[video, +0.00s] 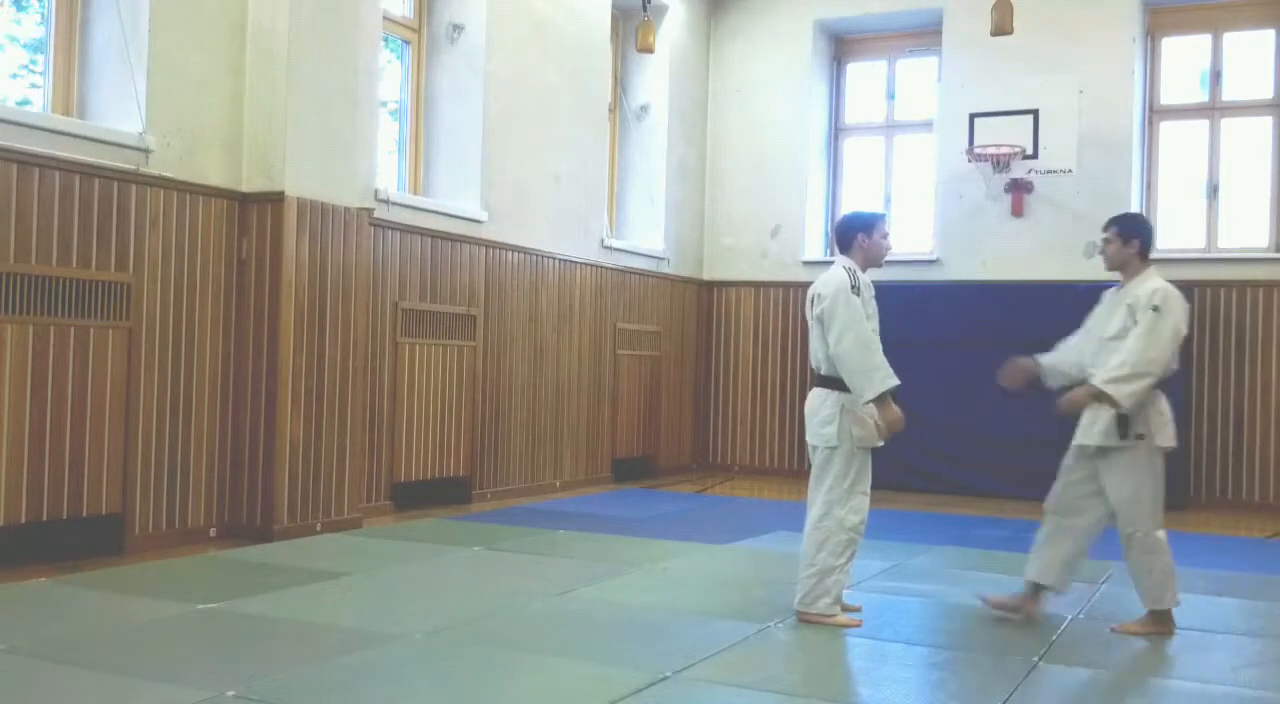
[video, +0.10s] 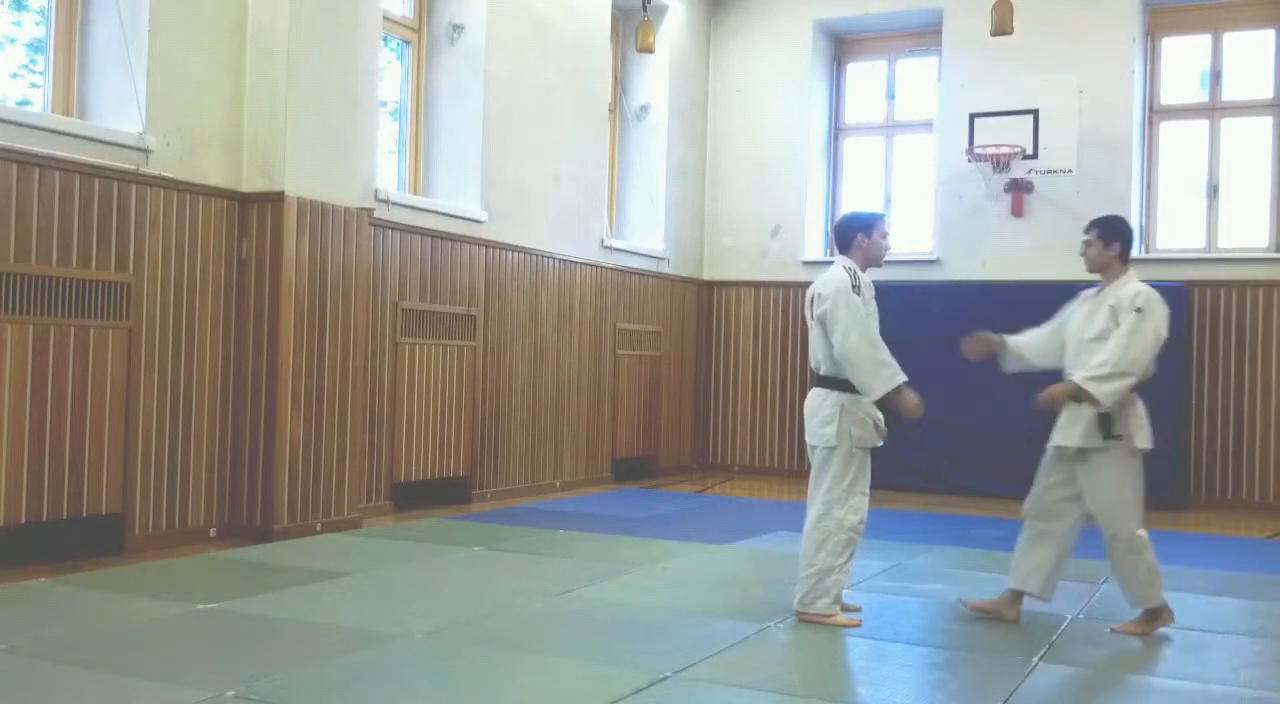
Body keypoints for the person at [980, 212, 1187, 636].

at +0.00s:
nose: (1102, 249)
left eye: (1109, 242)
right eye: (1103, 242)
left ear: (1135, 246)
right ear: (1124, 247)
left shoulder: (1163, 297)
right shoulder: (1113, 297)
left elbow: (1146, 359)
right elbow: (1083, 348)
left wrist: (1093, 391)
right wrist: (1037, 367)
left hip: (1134, 424)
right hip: (1095, 419)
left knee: (1139, 523)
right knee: (1065, 507)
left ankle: (1160, 614)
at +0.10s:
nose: (1083, 250)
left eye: (1090, 244)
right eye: (1084, 244)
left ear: (1116, 248)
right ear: (1102, 250)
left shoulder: (1143, 300)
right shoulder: (1084, 301)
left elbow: (1130, 361)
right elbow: (1048, 341)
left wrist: (1074, 388)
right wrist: (999, 345)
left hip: (1113, 427)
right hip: (1071, 423)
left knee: (1121, 525)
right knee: (1044, 512)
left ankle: (1155, 607)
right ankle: (1011, 600)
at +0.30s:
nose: (1041, 248)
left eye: (1048, 241)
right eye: (1042, 241)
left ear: (1074, 246)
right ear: (1060, 247)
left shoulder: (1103, 298)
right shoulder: (1038, 295)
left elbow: (1089, 361)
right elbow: (991, 319)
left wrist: (1034, 384)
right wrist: (939, 311)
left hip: (1066, 419)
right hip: (1027, 415)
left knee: (1039, 507)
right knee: (1001, 506)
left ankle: (1104, 584)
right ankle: (1004, 600)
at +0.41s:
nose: (1022, 246)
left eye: (1029, 239)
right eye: (1022, 239)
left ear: (1054, 243)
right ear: (1045, 244)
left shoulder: (1085, 295)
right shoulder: (1022, 290)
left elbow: (1069, 358)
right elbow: (974, 311)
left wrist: (1013, 377)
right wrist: (924, 307)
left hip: (1053, 415)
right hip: (1016, 412)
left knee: (1020, 504)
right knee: (992, 501)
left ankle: (1051, 605)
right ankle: (1003, 599)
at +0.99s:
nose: (982, 250)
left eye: (987, 242)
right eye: (980, 243)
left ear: (1011, 239)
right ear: (1006, 242)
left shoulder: (1035, 284)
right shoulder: (1006, 286)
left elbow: (993, 331)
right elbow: (980, 325)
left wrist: (931, 331)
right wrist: (929, 325)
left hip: (1017, 405)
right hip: (993, 404)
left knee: (1007, 508)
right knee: (984, 508)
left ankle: (1013, 610)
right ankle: (999, 600)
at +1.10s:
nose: (981, 250)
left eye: (986, 242)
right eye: (979, 243)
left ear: (1011, 239)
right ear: (1004, 242)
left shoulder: (1034, 284)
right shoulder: (1005, 285)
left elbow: (993, 332)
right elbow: (981, 326)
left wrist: (932, 330)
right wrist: (931, 324)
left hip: (1016, 405)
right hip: (992, 404)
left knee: (1006, 507)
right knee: (983, 506)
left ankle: (1013, 610)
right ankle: (1000, 600)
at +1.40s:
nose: (978, 252)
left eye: (983, 243)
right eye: (976, 245)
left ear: (1006, 240)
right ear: (998, 243)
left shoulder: (1029, 282)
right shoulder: (993, 285)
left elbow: (990, 325)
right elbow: (964, 322)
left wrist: (931, 319)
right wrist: (914, 327)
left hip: (1012, 404)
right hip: (987, 403)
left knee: (1002, 507)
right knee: (980, 506)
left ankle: (1012, 610)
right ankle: (1000, 600)